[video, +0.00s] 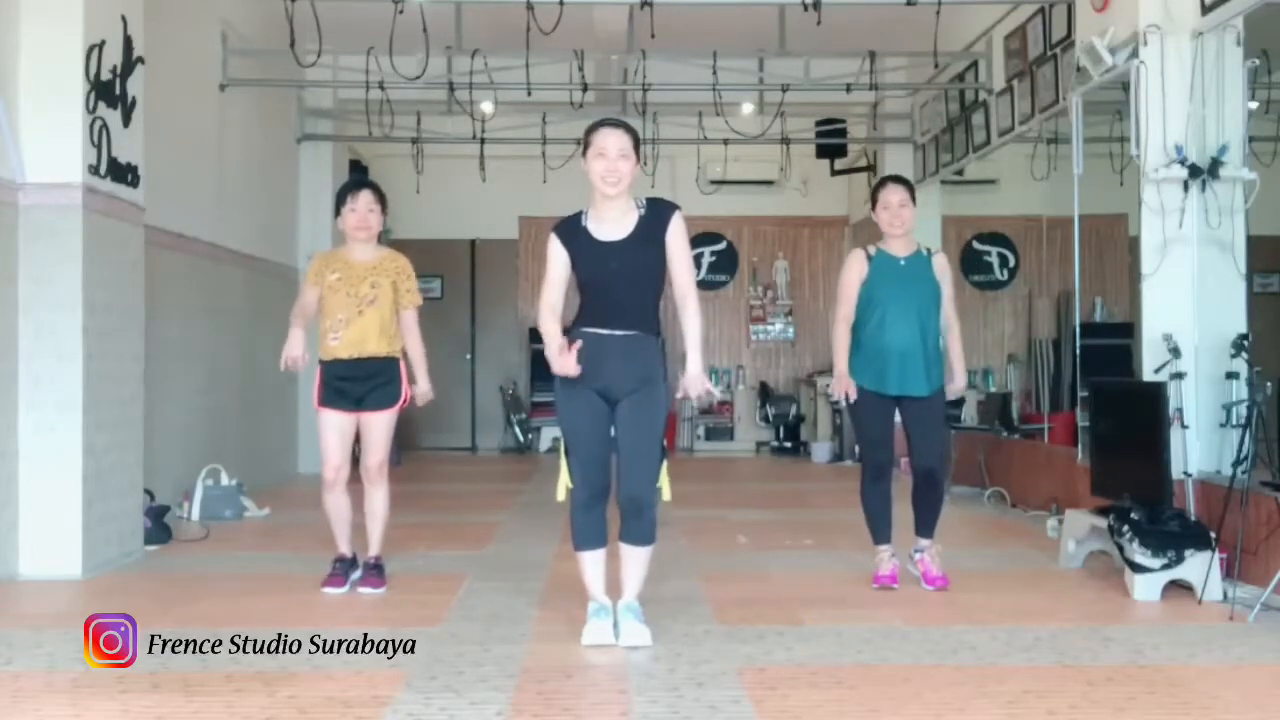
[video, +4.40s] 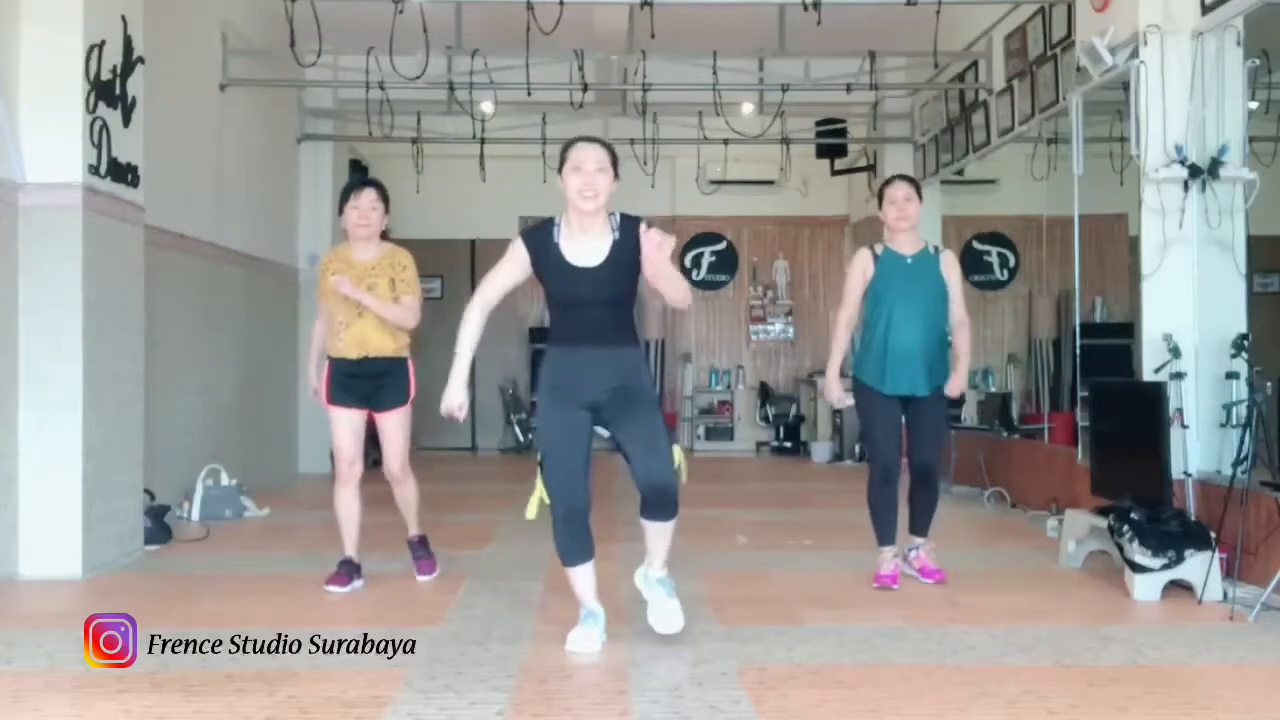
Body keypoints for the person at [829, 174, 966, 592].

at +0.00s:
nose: (895, 213)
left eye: (903, 205)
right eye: (886, 207)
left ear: (915, 211)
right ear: (874, 214)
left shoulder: (936, 261)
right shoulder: (861, 260)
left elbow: (949, 321)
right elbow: (843, 319)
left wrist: (958, 371)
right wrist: (841, 371)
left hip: (924, 381)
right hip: (869, 381)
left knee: (931, 466)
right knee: (877, 464)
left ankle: (925, 549)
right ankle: (884, 553)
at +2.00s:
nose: (897, 212)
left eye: (906, 205)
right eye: (891, 205)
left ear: (923, 209)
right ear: (883, 210)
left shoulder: (943, 262)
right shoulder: (864, 258)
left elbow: (954, 325)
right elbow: (844, 320)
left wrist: (964, 381)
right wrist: (837, 376)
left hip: (927, 384)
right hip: (870, 383)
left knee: (926, 468)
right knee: (880, 465)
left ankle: (921, 554)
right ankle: (885, 555)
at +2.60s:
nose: (890, 208)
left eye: (899, 200)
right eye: (882, 201)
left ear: (913, 206)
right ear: (873, 208)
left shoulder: (935, 257)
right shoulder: (857, 254)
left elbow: (950, 320)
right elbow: (834, 309)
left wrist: (958, 378)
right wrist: (856, 328)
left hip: (920, 379)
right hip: (867, 379)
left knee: (915, 465)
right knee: (878, 464)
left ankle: (907, 543)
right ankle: (886, 552)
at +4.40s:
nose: (900, 207)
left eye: (908, 200)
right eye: (892, 202)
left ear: (921, 207)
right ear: (881, 211)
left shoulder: (944, 260)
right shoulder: (867, 258)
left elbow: (959, 319)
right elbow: (846, 316)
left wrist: (961, 370)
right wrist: (832, 370)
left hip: (930, 381)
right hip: (877, 380)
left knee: (926, 467)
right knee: (884, 465)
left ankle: (918, 548)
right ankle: (887, 555)